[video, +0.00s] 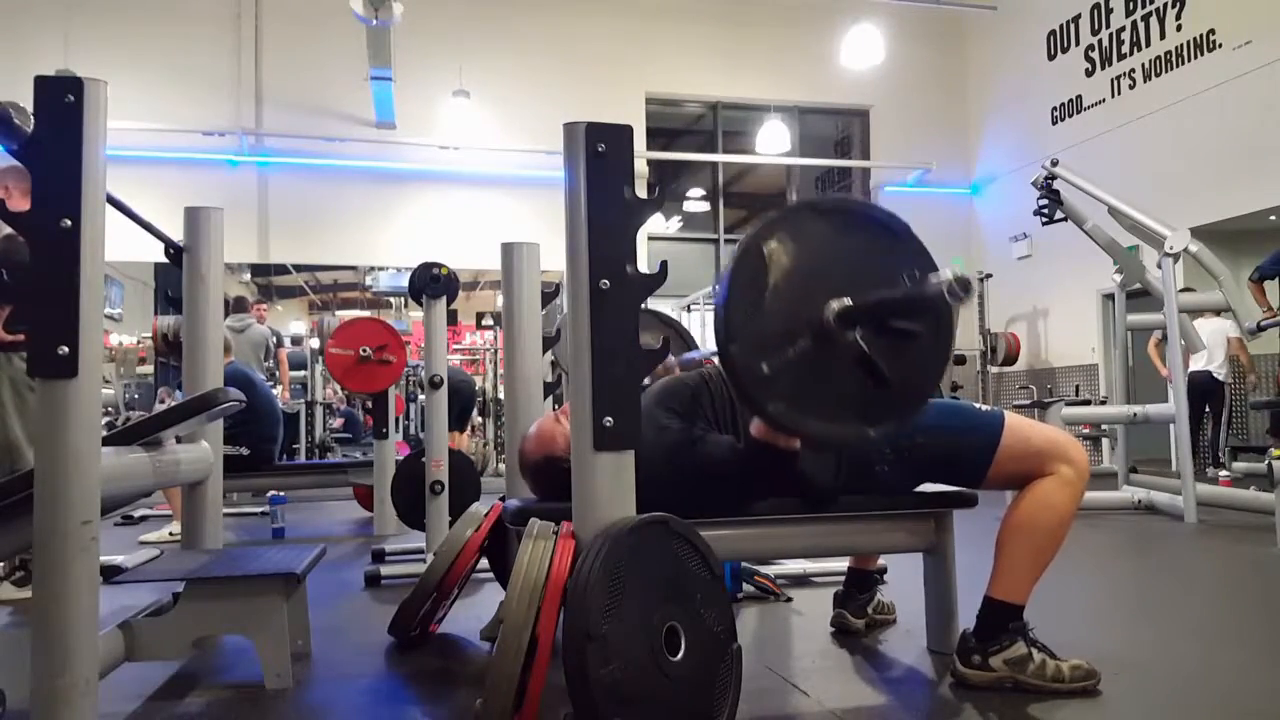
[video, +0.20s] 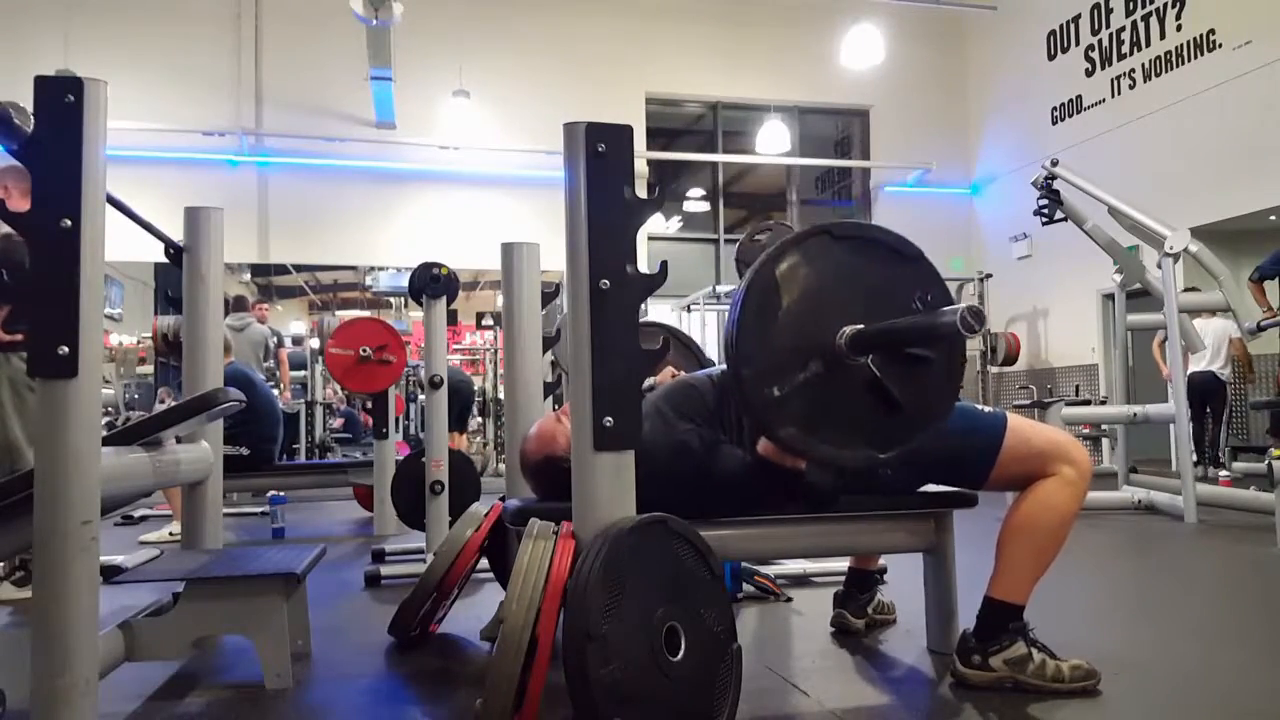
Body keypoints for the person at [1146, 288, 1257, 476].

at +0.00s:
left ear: (1201, 311)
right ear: (1220, 310)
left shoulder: (1191, 326)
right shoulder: (1228, 324)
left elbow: (1184, 354)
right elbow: (1238, 349)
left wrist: (1183, 373)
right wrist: (1250, 372)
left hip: (1193, 377)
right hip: (1217, 378)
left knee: (1192, 423)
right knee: (1219, 422)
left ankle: (1189, 464)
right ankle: (1216, 465)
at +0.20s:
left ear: (1198, 310)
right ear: (1216, 309)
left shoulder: (1189, 325)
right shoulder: (1228, 324)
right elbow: (1240, 351)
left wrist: (1164, 368)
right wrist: (1249, 371)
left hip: (1193, 377)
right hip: (1217, 378)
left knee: (1197, 422)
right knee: (1217, 422)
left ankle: (1200, 463)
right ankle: (1214, 462)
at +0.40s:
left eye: (1193, 304)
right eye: (1208, 303)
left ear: (1191, 308)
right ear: (1212, 307)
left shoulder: (1181, 326)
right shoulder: (1224, 326)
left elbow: (1163, 344)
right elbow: (1235, 352)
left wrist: (1169, 364)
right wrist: (1237, 370)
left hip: (1190, 378)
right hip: (1215, 378)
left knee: (1194, 422)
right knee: (1226, 414)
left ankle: (1200, 464)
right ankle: (1221, 457)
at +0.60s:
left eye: (1195, 305)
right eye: (1210, 304)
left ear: (1193, 307)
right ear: (1212, 307)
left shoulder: (1184, 327)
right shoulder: (1225, 328)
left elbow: (1171, 357)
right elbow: (1235, 360)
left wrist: (1168, 377)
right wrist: (1231, 379)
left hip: (1193, 379)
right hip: (1218, 378)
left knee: (1194, 425)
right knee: (1225, 423)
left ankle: (1199, 464)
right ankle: (1233, 461)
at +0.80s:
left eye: (1200, 305)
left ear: (1198, 307)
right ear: (1218, 306)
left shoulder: (1195, 328)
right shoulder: (1229, 327)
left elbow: (1186, 356)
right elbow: (1238, 355)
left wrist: (1186, 376)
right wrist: (1237, 376)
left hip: (1202, 378)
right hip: (1225, 377)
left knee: (1201, 423)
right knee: (1226, 423)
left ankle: (1203, 464)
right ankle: (1236, 464)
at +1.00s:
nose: (1196, 310)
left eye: (1198, 306)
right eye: (1197, 306)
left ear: (1202, 308)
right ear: (1220, 306)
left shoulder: (1205, 327)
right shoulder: (1234, 326)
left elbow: (1198, 355)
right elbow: (1241, 354)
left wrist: (1191, 377)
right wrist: (1242, 375)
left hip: (1214, 378)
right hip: (1235, 376)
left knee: (1206, 422)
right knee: (1235, 423)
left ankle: (1201, 462)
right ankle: (1237, 464)